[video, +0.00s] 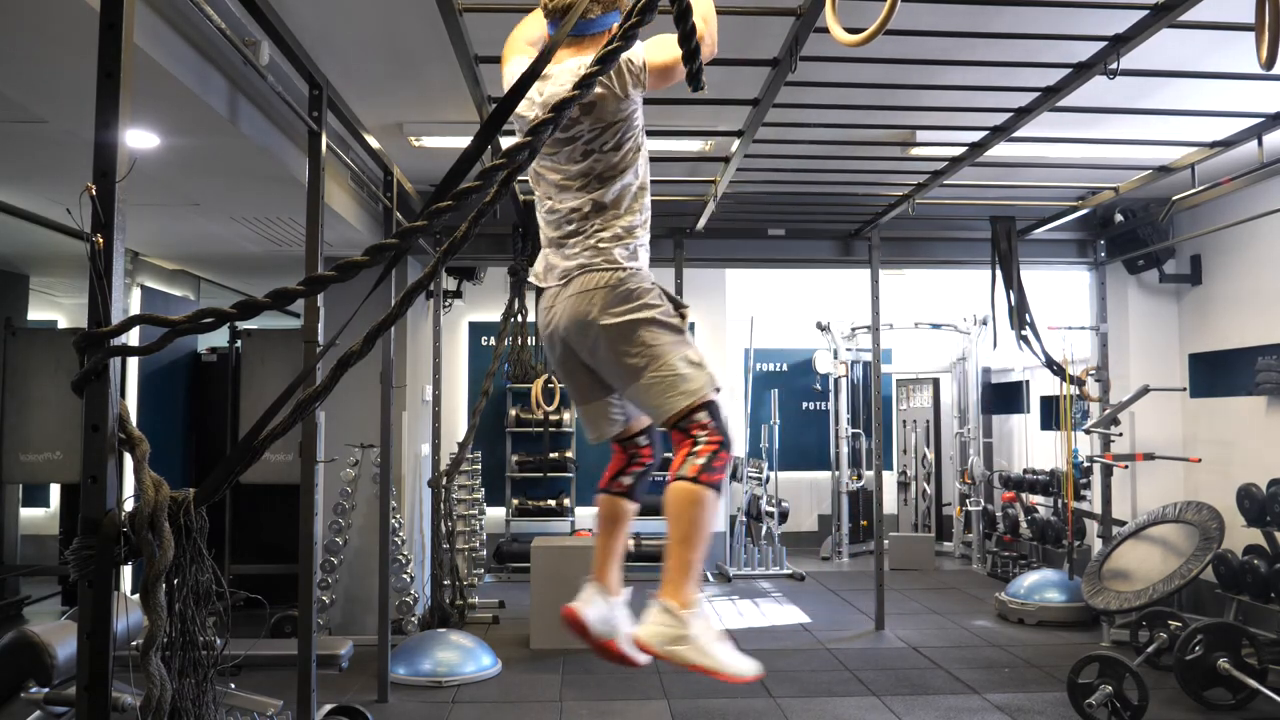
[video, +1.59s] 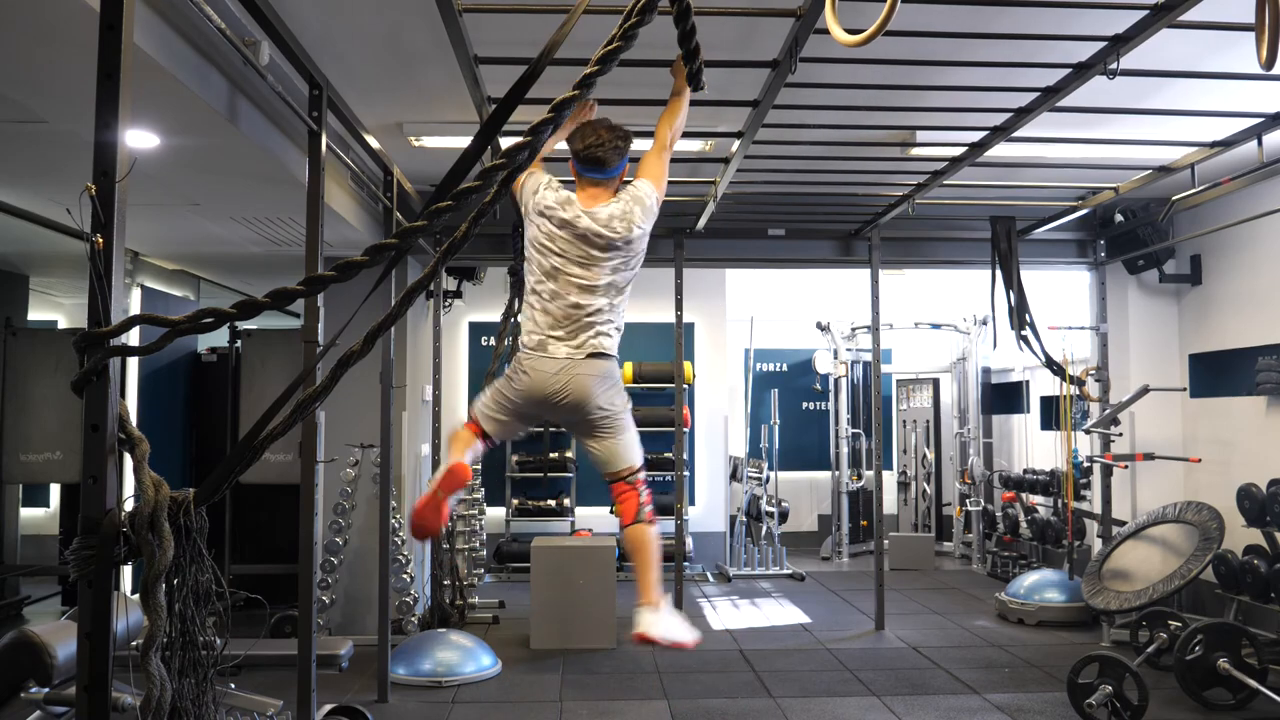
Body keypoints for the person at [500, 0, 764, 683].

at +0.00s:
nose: (625, 24)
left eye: (620, 19)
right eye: (624, 17)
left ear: (558, 21)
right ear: (618, 16)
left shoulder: (527, 75)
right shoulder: (619, 69)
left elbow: (527, 34)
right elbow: (704, 41)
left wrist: (573, 1)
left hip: (553, 303)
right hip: (612, 287)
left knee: (633, 443)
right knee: (703, 435)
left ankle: (602, 594)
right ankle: (677, 611)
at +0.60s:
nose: (660, 106)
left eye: (651, 97)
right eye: (652, 100)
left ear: (586, 113)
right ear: (638, 112)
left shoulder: (574, 167)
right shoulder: (649, 155)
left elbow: (577, 84)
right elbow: (689, 68)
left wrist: (568, 18)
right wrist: (696, 4)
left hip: (581, 367)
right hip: (643, 370)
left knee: (567, 524)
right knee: (687, 527)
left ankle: (515, 670)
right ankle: (692, 683)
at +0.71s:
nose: (660, 115)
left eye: (653, 109)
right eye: (653, 111)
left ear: (591, 124)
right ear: (642, 123)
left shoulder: (575, 171)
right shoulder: (657, 160)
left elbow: (577, 89)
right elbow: (700, 65)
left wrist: (569, 19)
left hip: (594, 371)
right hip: (660, 374)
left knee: (556, 511)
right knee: (739, 507)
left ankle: (478, 585)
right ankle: (754, 647)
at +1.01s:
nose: (667, 146)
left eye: (628, 138)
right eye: (671, 136)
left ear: (621, 142)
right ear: (676, 138)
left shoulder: (605, 181)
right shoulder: (703, 178)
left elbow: (586, 96)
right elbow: (704, 114)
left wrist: (571, 24)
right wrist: (684, 63)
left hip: (625, 363)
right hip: (695, 374)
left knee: (516, 409)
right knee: (676, 513)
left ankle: (471, 506)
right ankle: (699, 615)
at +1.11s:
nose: (684, 149)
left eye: (622, 142)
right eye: (677, 142)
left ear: (632, 149)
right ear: (677, 150)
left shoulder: (617, 185)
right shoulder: (700, 187)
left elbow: (589, 96)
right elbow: (695, 110)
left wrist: (572, 23)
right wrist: (687, 39)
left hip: (631, 362)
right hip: (690, 377)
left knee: (515, 413)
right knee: (633, 514)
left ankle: (428, 506)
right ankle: (596, 623)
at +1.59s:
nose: (622, 169)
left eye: (583, 160)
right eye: (618, 162)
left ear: (571, 167)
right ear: (621, 171)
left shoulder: (541, 201)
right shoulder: (635, 215)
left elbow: (527, 159)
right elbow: (664, 144)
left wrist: (568, 121)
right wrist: (681, 90)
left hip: (532, 370)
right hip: (594, 375)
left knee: (474, 427)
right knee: (631, 489)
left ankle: (457, 462)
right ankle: (653, 606)